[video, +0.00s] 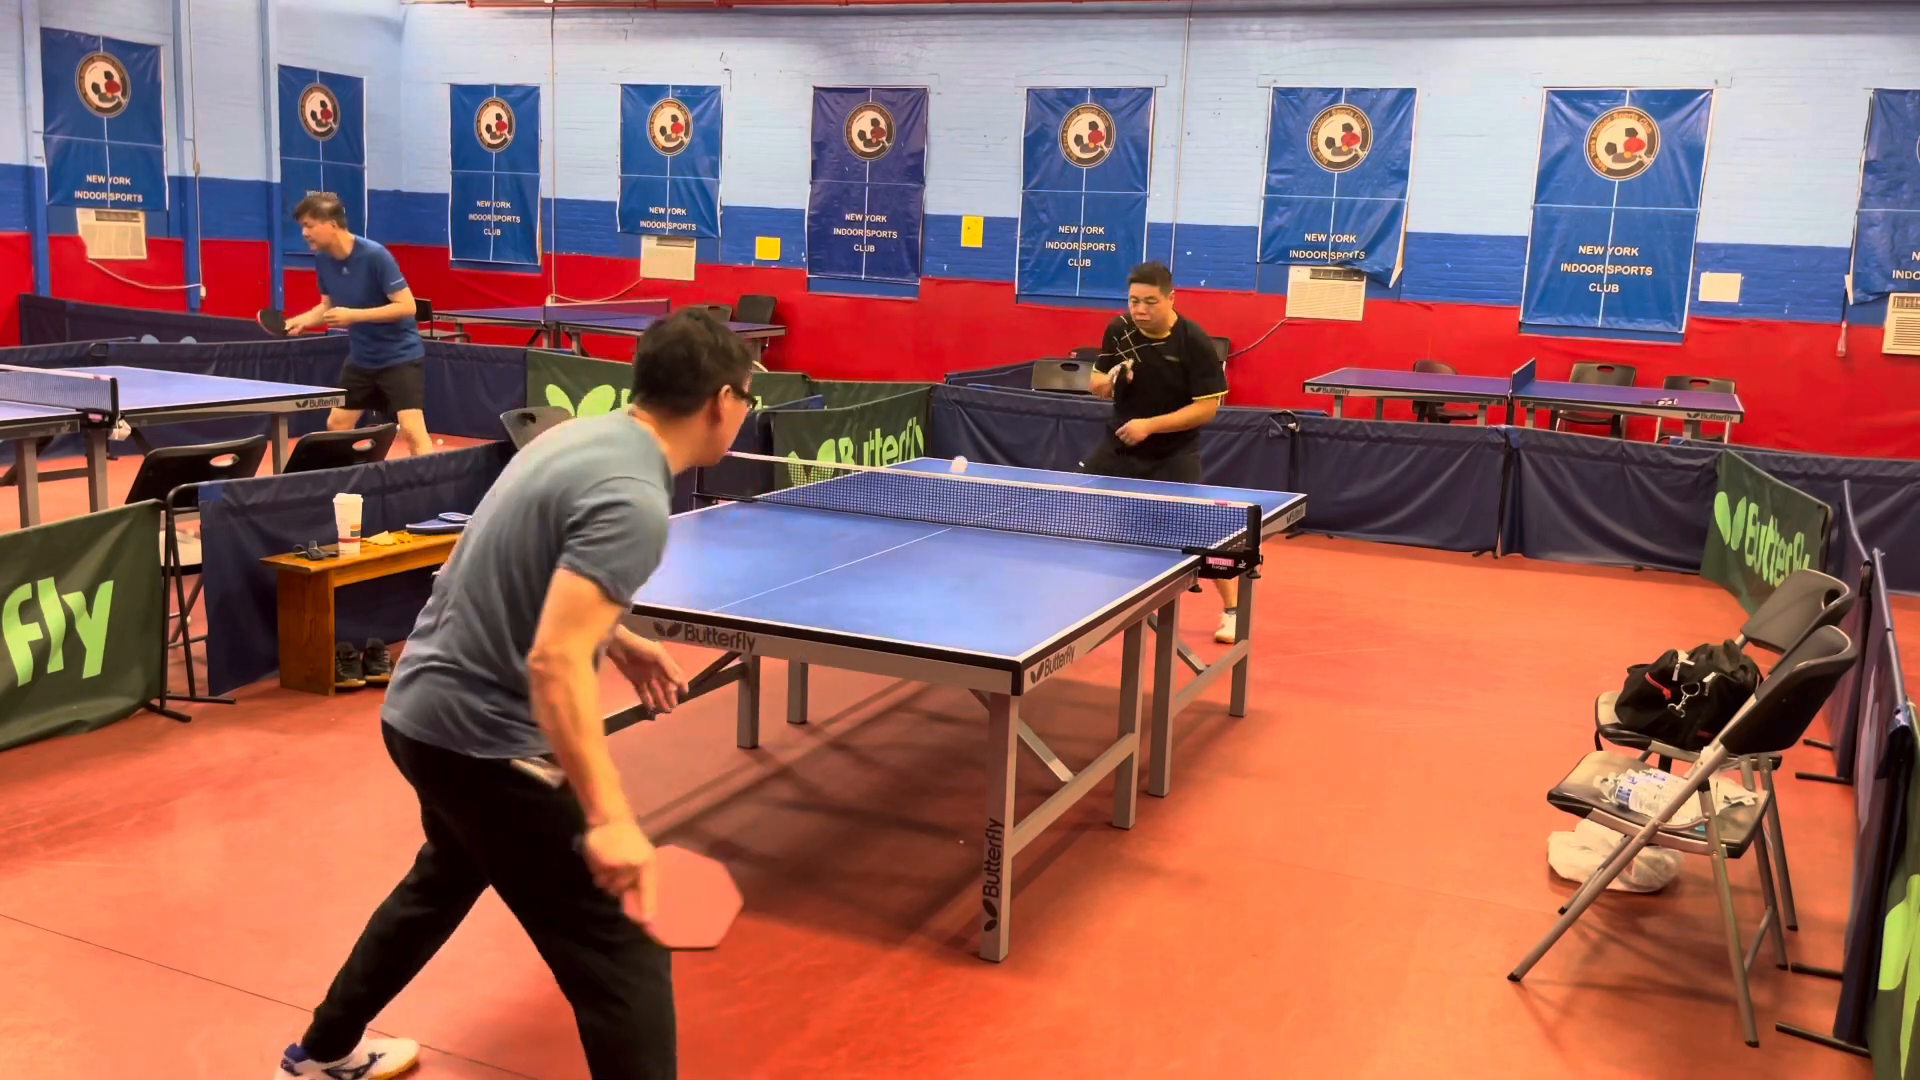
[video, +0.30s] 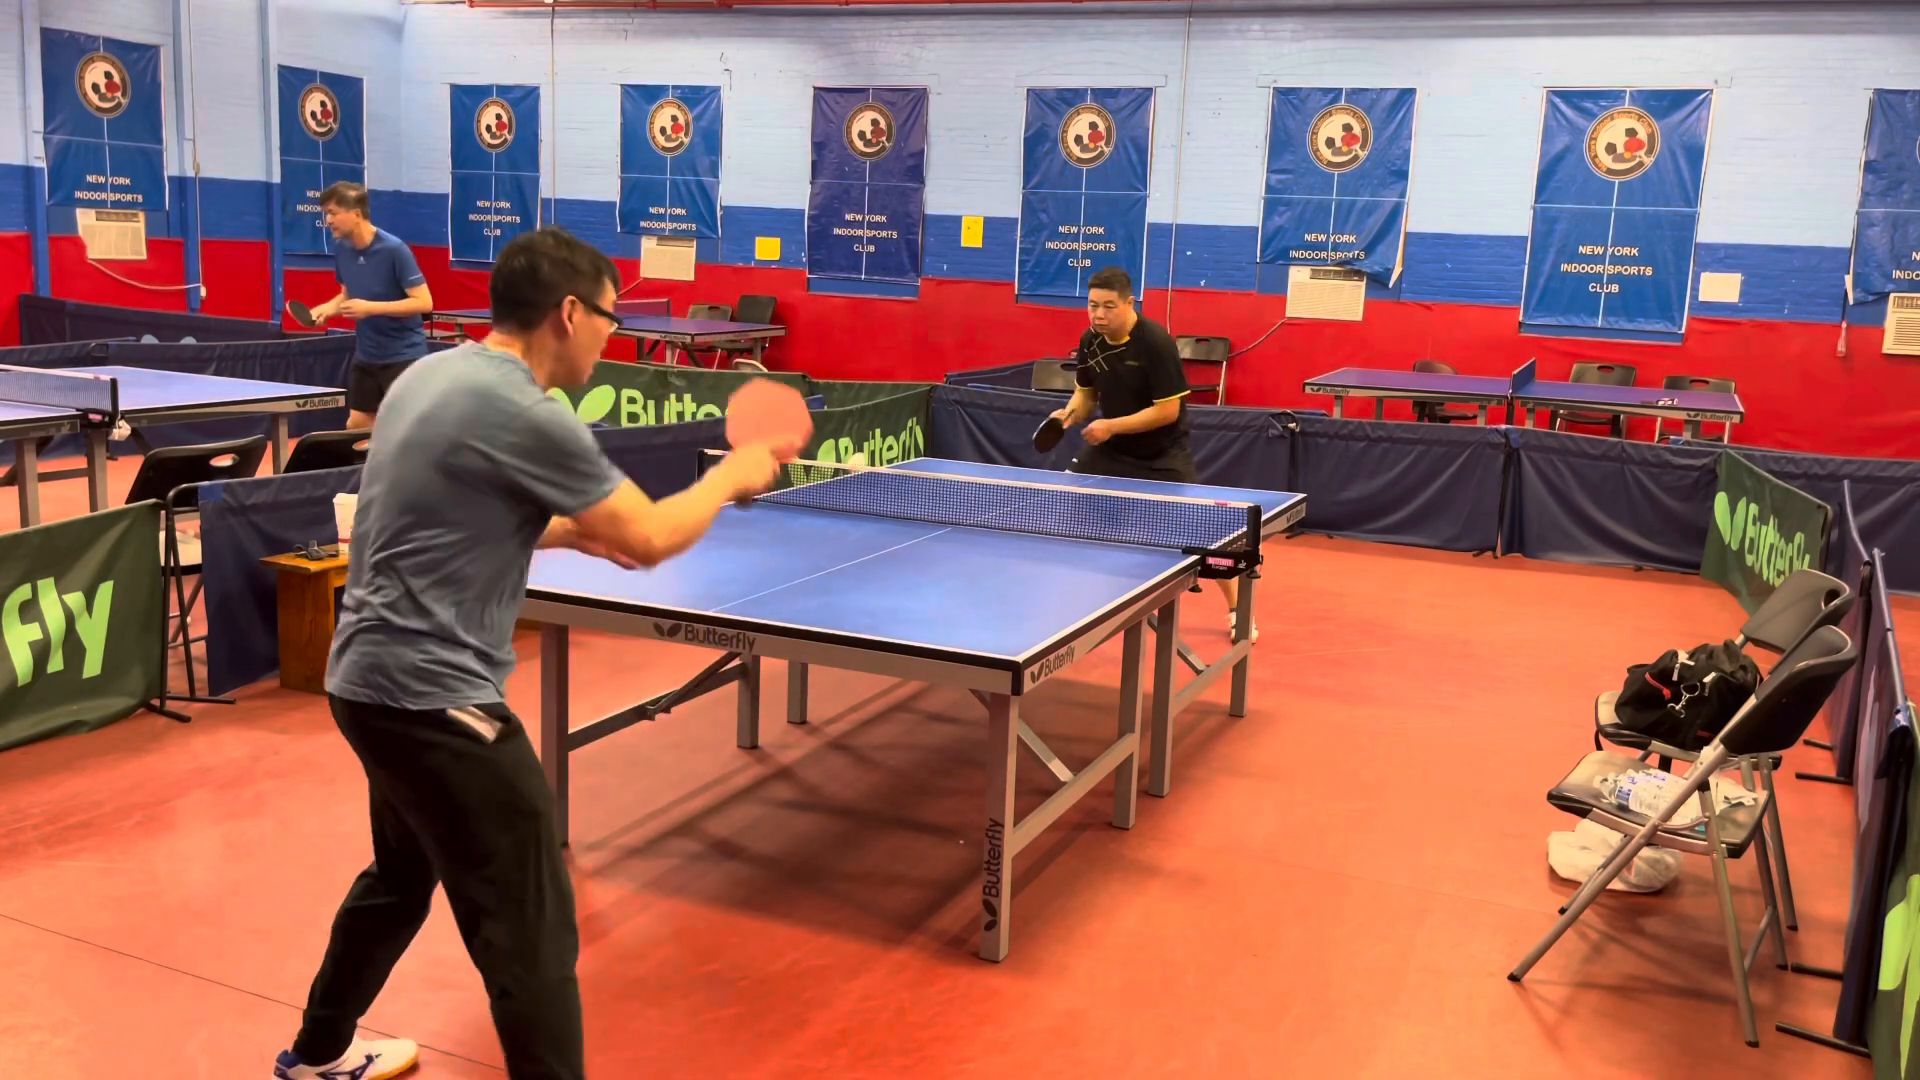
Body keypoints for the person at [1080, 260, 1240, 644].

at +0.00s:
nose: (1139, 310)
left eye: (1148, 302)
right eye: (1134, 301)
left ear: (1170, 299)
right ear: (1127, 298)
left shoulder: (1195, 341)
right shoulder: (1120, 329)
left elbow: (1208, 409)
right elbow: (1096, 385)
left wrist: (1149, 424)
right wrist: (1112, 379)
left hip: (1174, 452)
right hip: (1121, 445)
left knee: (1197, 522)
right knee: (1067, 497)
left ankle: (1231, 609)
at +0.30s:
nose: (1098, 315)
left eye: (1107, 307)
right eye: (1093, 306)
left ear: (1129, 304)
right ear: (1088, 305)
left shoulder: (1157, 343)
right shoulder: (1091, 341)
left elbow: (1168, 411)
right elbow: (1086, 392)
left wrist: (1112, 426)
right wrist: (1071, 413)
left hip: (1163, 454)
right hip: (1109, 449)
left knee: (1198, 525)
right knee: (1054, 505)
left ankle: (1237, 607)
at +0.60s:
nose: (1059, 323)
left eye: (1065, 314)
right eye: (1056, 314)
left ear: (1092, 307)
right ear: (1084, 310)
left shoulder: (1116, 343)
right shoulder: (1102, 337)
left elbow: (1115, 415)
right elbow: (1089, 376)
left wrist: (1080, 420)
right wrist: (1038, 384)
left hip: (1158, 452)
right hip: (1119, 447)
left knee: (1193, 530)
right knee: (1065, 501)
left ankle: (1250, 610)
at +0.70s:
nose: (1048, 322)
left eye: (1055, 313)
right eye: (1044, 313)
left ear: (1080, 307)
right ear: (1045, 310)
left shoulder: (1113, 335)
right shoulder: (1065, 342)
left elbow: (1131, 401)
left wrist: (1092, 421)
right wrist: (1000, 365)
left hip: (1155, 441)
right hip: (1110, 440)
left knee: (1183, 522)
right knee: (1054, 499)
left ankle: (1241, 604)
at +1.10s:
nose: (1068, 326)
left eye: (1077, 317)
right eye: (1063, 318)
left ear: (1098, 315)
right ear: (1057, 317)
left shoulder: (1131, 350)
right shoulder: (1053, 354)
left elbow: (1148, 410)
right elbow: (1033, 402)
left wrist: (1095, 435)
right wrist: (1030, 409)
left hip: (1132, 450)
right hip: (1073, 448)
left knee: (1169, 509)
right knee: (1021, 497)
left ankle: (1196, 594)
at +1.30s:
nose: (1053, 313)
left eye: (1061, 304)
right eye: (1048, 305)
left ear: (1083, 299)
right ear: (1044, 304)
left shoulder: (1110, 335)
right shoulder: (1061, 335)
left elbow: (1120, 402)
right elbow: (1065, 382)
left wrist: (1076, 411)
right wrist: (1038, 413)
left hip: (1140, 435)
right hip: (1097, 432)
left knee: (1166, 513)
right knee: (1052, 495)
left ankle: (1225, 589)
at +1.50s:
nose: (1072, 322)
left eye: (1079, 314)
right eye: (1067, 314)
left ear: (1103, 306)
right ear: (1065, 312)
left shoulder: (1125, 345)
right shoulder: (1110, 337)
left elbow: (1120, 417)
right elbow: (1112, 378)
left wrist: (1083, 423)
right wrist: (1078, 389)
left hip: (1155, 450)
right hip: (1119, 444)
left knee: (1181, 526)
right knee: (1066, 498)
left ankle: (1231, 602)